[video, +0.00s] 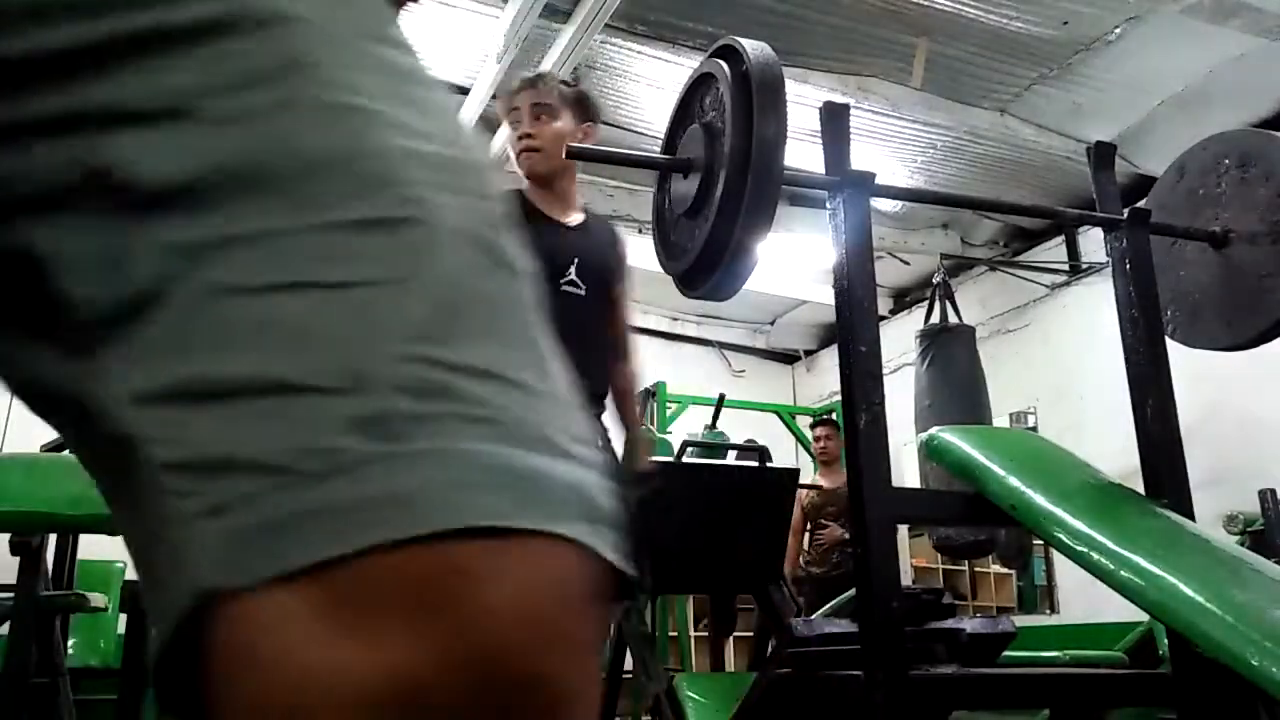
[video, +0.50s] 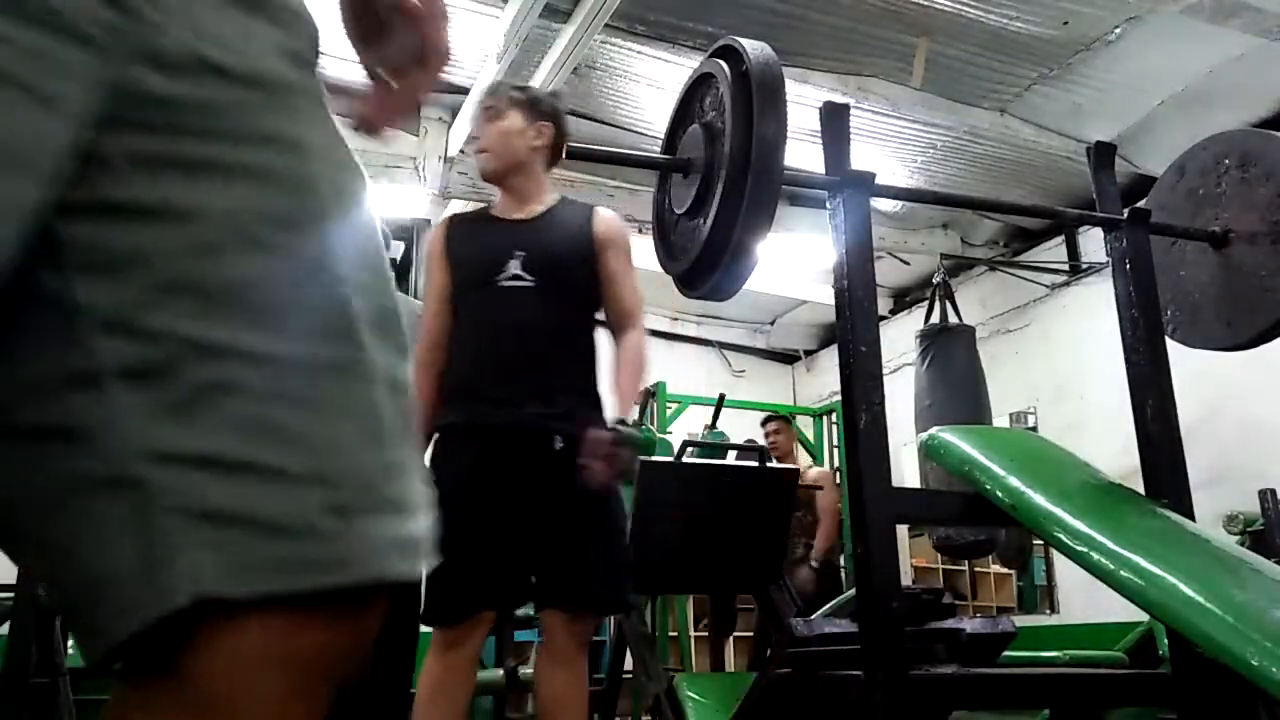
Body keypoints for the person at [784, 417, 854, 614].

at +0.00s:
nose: (822, 445)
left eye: (829, 438)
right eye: (816, 440)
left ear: (842, 443)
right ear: (811, 445)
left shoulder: (854, 482)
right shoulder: (806, 488)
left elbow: (872, 523)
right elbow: (795, 534)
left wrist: (845, 533)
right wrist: (789, 573)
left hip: (850, 569)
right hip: (814, 571)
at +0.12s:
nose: (812, 443)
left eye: (819, 437)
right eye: (807, 438)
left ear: (833, 442)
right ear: (802, 444)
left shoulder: (847, 481)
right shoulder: (802, 487)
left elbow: (865, 525)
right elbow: (795, 533)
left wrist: (836, 531)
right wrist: (792, 576)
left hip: (844, 571)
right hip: (809, 573)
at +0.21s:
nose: (803, 443)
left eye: (809, 436)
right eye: (798, 438)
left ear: (824, 439)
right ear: (796, 444)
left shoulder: (842, 481)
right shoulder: (798, 484)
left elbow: (860, 522)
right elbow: (793, 528)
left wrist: (829, 532)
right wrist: (791, 561)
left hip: (838, 570)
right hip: (804, 570)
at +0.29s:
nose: (793, 444)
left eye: (799, 437)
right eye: (789, 439)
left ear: (814, 440)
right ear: (786, 444)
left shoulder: (836, 480)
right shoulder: (789, 481)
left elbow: (856, 520)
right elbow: (787, 526)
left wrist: (820, 534)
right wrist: (786, 558)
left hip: (832, 571)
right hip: (796, 571)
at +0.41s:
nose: (779, 442)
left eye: (785, 434)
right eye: (775, 437)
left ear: (802, 437)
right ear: (772, 442)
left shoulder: (827, 478)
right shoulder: (777, 480)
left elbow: (841, 523)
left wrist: (808, 550)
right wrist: (781, 552)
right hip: (781, 567)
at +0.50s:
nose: (771, 440)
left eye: (777, 433)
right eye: (767, 436)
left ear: (793, 434)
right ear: (764, 441)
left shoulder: (818, 476)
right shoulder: (768, 479)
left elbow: (828, 522)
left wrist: (813, 562)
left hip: (809, 564)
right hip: (776, 566)